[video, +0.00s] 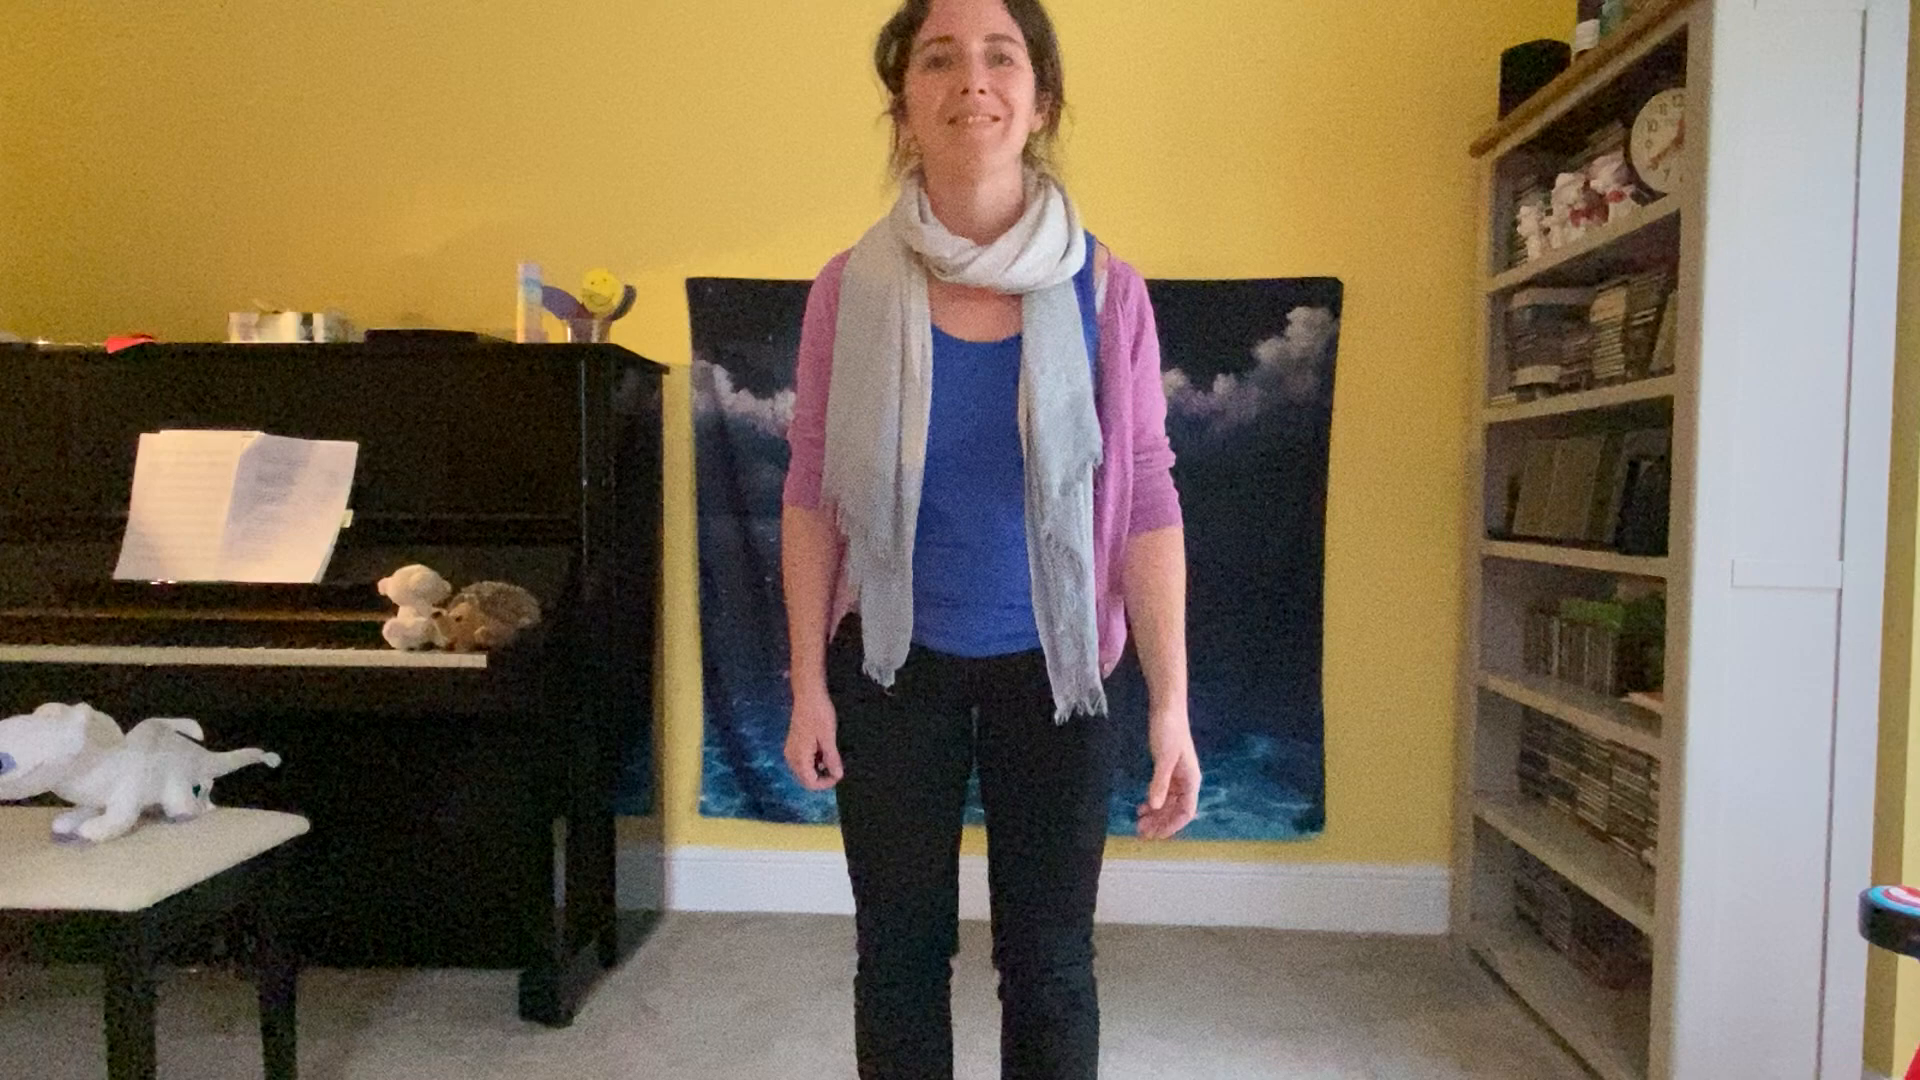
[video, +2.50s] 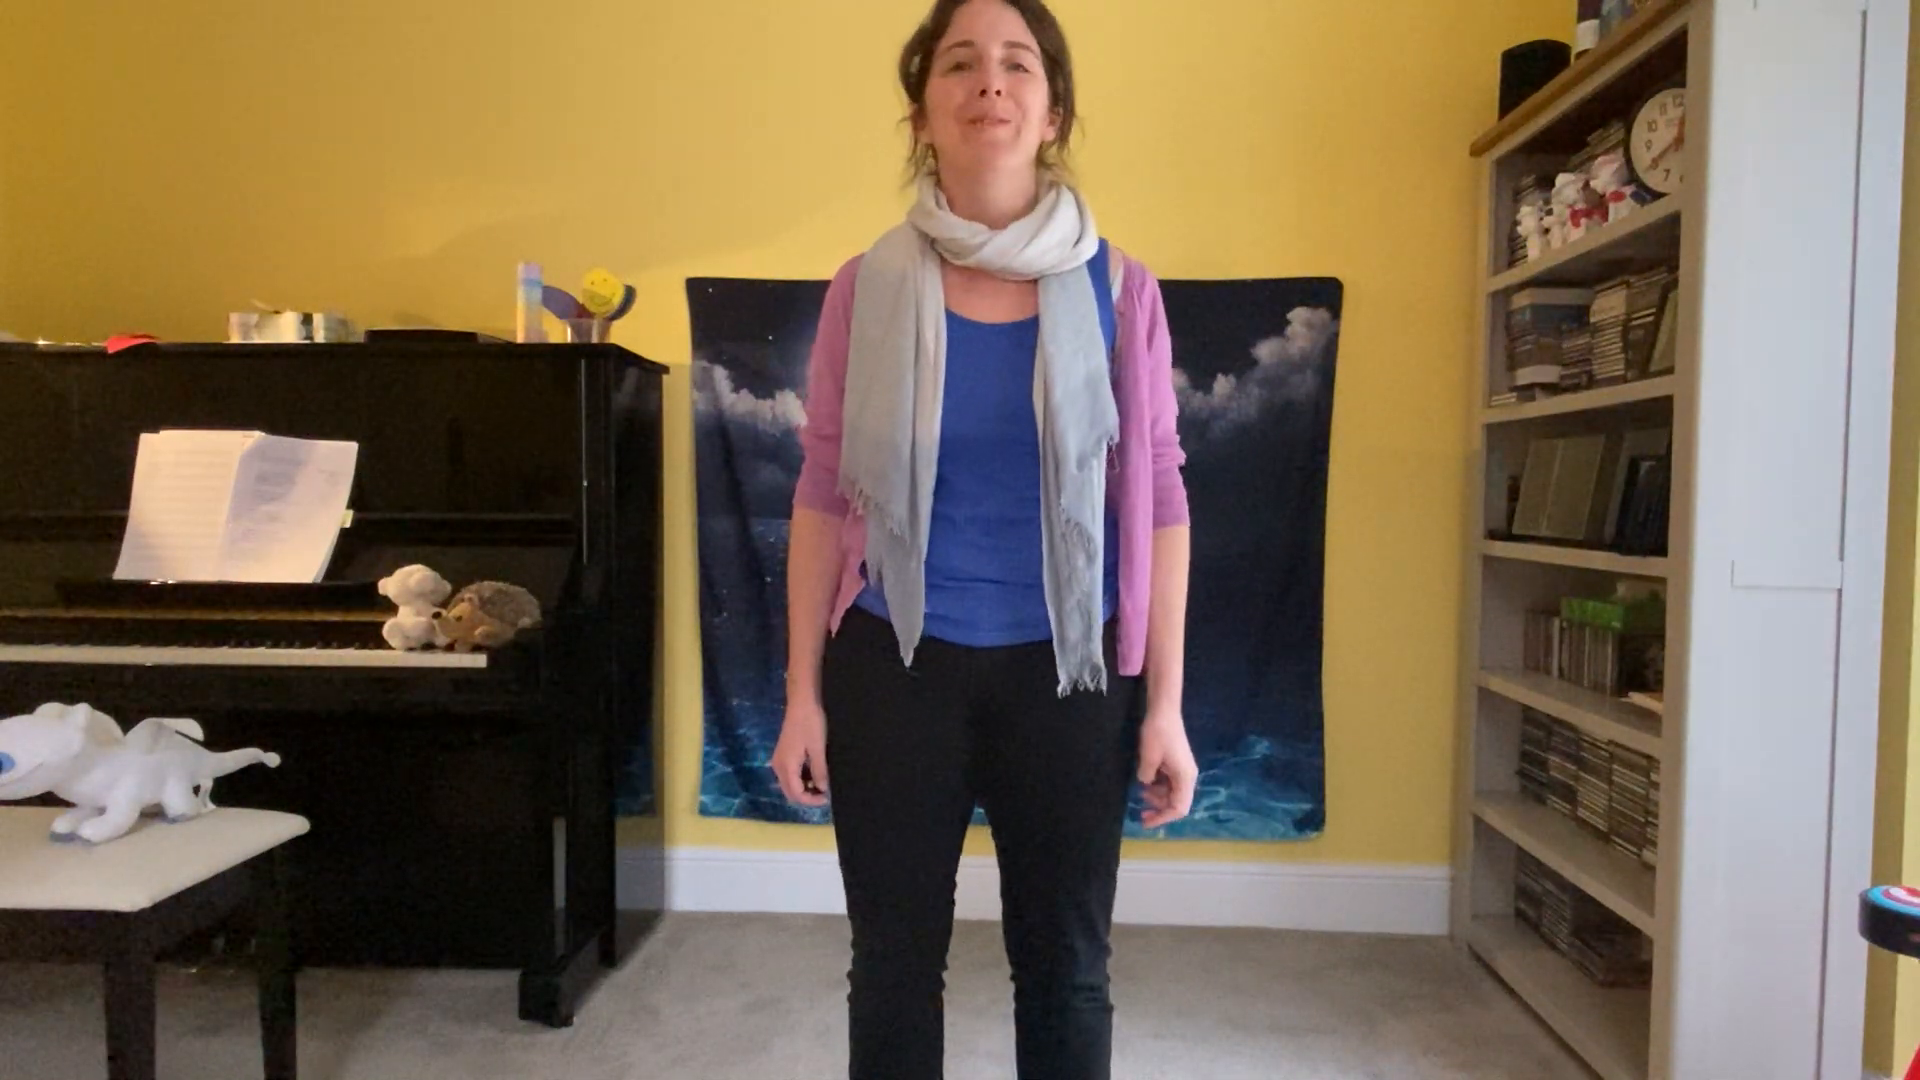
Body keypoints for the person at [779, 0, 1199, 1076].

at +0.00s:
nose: (973, 79)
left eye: (1000, 54)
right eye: (941, 58)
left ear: (1040, 96)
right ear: (901, 101)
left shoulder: (1108, 292)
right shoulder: (845, 291)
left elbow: (1149, 507)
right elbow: (811, 496)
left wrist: (1170, 705)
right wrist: (806, 683)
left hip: (1059, 680)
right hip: (891, 677)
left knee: (1050, 974)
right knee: (898, 970)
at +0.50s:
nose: (975, 72)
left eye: (1002, 48)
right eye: (942, 52)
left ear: (1042, 91)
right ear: (903, 99)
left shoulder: (1114, 287)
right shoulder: (847, 284)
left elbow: (1158, 497)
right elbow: (799, 485)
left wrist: (1184, 699)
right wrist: (789, 682)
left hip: (1061, 680)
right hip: (889, 676)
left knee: (1052, 978)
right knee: (901, 974)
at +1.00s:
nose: (988, 62)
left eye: (1015, 43)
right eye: (956, 44)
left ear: (1050, 89)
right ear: (914, 92)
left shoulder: (1117, 284)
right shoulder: (856, 276)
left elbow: (1169, 492)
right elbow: (793, 476)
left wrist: (1219, 690)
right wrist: (748, 670)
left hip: (1062, 688)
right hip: (883, 685)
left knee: (1051, 991)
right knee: (897, 988)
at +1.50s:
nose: (1002, 71)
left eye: (1030, 59)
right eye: (976, 51)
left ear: (1061, 111)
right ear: (930, 95)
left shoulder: (1120, 294)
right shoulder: (863, 285)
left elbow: (1154, 505)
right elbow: (814, 490)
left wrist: (1165, 704)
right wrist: (783, 686)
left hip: (1064, 681)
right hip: (880, 674)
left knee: (1065, 988)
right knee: (874, 990)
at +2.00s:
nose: (991, 68)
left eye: (1018, 53)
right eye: (962, 51)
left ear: (1053, 106)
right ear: (921, 101)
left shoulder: (1117, 292)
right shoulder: (860, 284)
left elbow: (1152, 500)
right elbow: (816, 493)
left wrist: (1166, 702)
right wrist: (792, 688)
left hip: (1066, 680)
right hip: (886, 675)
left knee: (1064, 981)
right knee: (887, 976)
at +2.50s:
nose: (989, 79)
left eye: (1016, 63)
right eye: (961, 63)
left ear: (1053, 108)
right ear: (922, 109)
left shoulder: (1121, 293)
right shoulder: (863, 291)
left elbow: (1160, 500)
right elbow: (821, 498)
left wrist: (1164, 700)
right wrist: (801, 689)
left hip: (1070, 681)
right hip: (892, 674)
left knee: (1067, 981)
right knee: (893, 976)